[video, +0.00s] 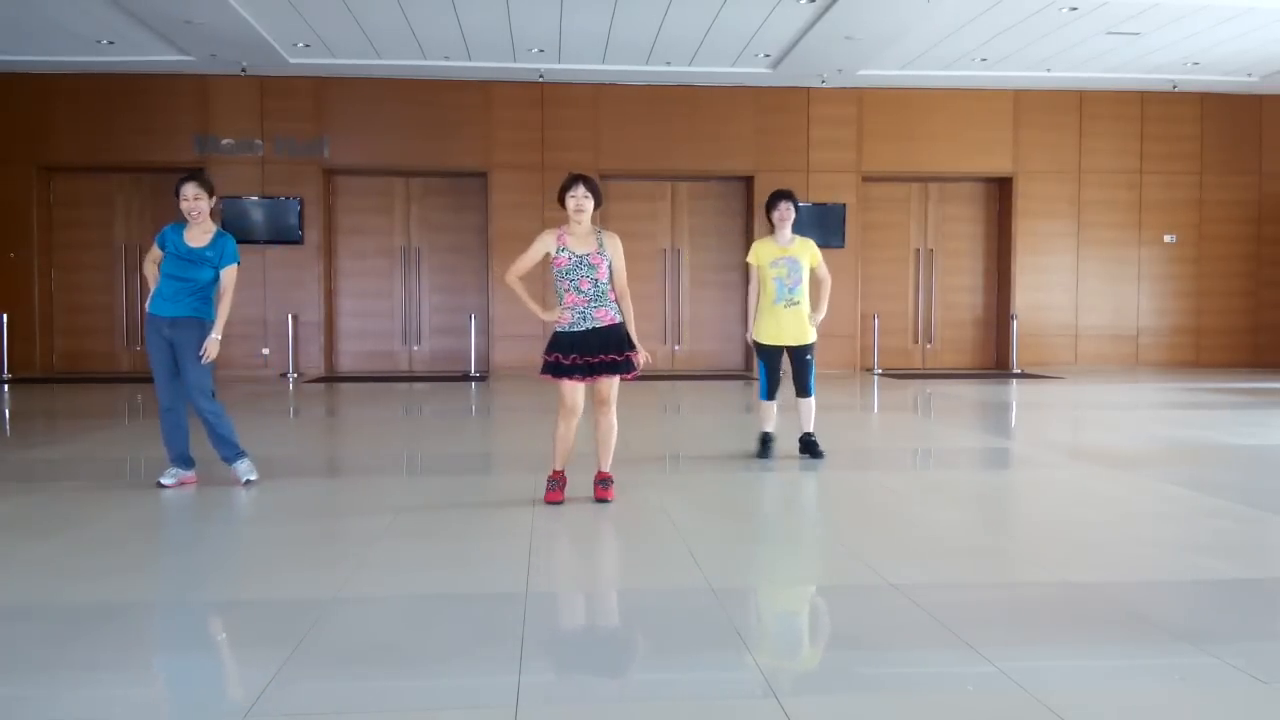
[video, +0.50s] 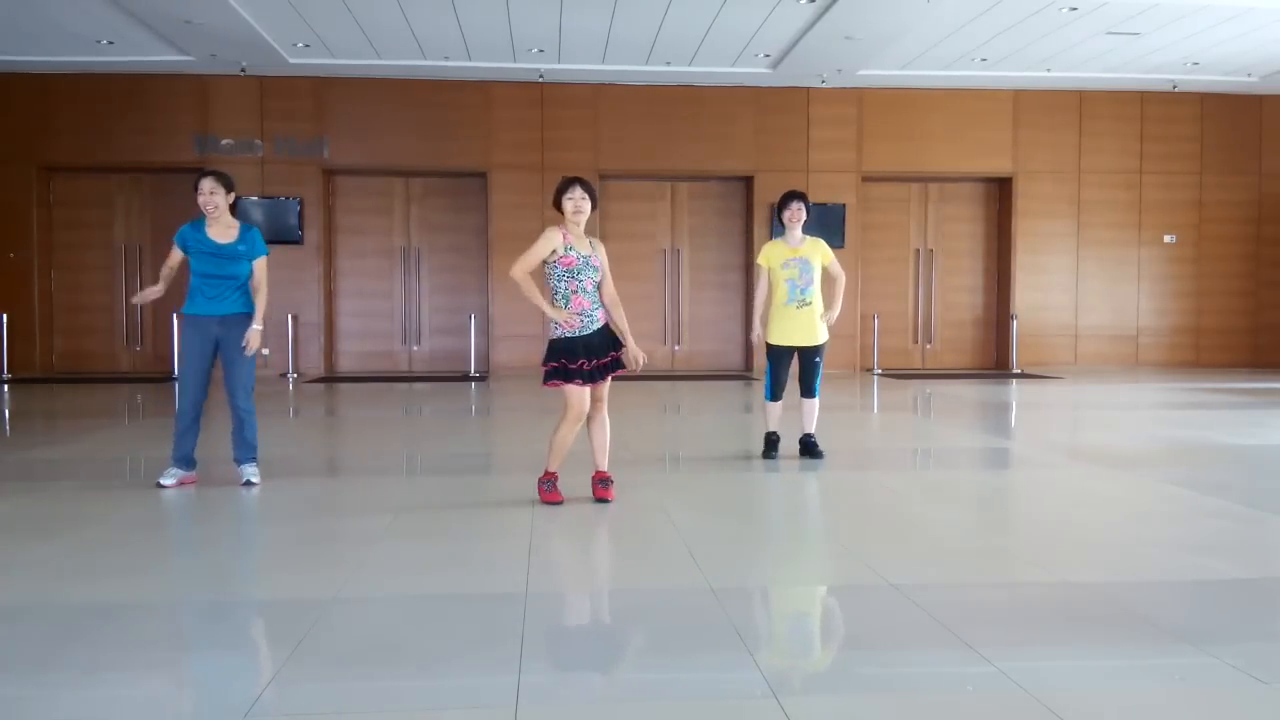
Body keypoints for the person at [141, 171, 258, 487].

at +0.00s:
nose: (191, 205)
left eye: (197, 198)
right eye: (185, 200)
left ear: (211, 201)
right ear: (179, 205)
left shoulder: (224, 242)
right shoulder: (170, 234)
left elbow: (226, 293)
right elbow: (149, 263)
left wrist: (216, 334)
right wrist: (157, 292)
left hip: (193, 323)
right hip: (158, 322)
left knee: (201, 396)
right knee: (168, 398)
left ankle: (237, 460)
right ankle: (182, 466)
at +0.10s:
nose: (193, 205)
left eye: (199, 198)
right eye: (187, 199)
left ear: (214, 200)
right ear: (181, 204)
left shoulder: (227, 241)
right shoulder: (171, 233)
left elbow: (229, 291)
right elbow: (149, 261)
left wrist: (220, 334)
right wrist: (159, 290)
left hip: (197, 323)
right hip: (161, 322)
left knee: (208, 395)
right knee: (169, 398)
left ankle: (241, 460)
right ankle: (183, 466)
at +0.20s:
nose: (198, 205)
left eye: (204, 198)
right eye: (191, 199)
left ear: (217, 199)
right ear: (185, 203)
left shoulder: (231, 240)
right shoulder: (175, 233)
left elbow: (234, 290)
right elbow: (150, 261)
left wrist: (227, 333)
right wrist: (161, 290)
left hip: (204, 323)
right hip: (167, 322)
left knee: (217, 395)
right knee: (173, 397)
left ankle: (245, 461)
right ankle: (182, 466)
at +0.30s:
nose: (200, 204)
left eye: (206, 197)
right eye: (194, 198)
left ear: (221, 199)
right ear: (189, 202)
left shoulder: (238, 239)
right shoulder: (180, 233)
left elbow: (242, 288)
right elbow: (153, 260)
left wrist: (234, 331)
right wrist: (165, 293)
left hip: (214, 324)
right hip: (175, 323)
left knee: (226, 398)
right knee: (179, 399)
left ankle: (246, 463)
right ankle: (182, 466)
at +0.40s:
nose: (203, 201)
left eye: (209, 194)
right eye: (197, 195)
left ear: (225, 197)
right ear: (193, 200)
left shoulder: (244, 237)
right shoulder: (184, 233)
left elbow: (251, 286)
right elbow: (160, 261)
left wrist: (244, 327)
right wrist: (163, 289)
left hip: (226, 323)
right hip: (186, 323)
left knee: (235, 398)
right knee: (184, 398)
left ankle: (247, 462)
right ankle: (183, 466)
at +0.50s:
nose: (207, 200)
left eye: (213, 193)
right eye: (202, 194)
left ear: (230, 197)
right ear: (197, 199)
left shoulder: (250, 235)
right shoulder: (188, 233)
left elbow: (260, 284)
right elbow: (170, 265)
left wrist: (257, 325)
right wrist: (161, 287)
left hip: (237, 323)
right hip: (196, 323)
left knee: (241, 397)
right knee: (189, 395)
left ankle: (247, 462)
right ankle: (184, 465)